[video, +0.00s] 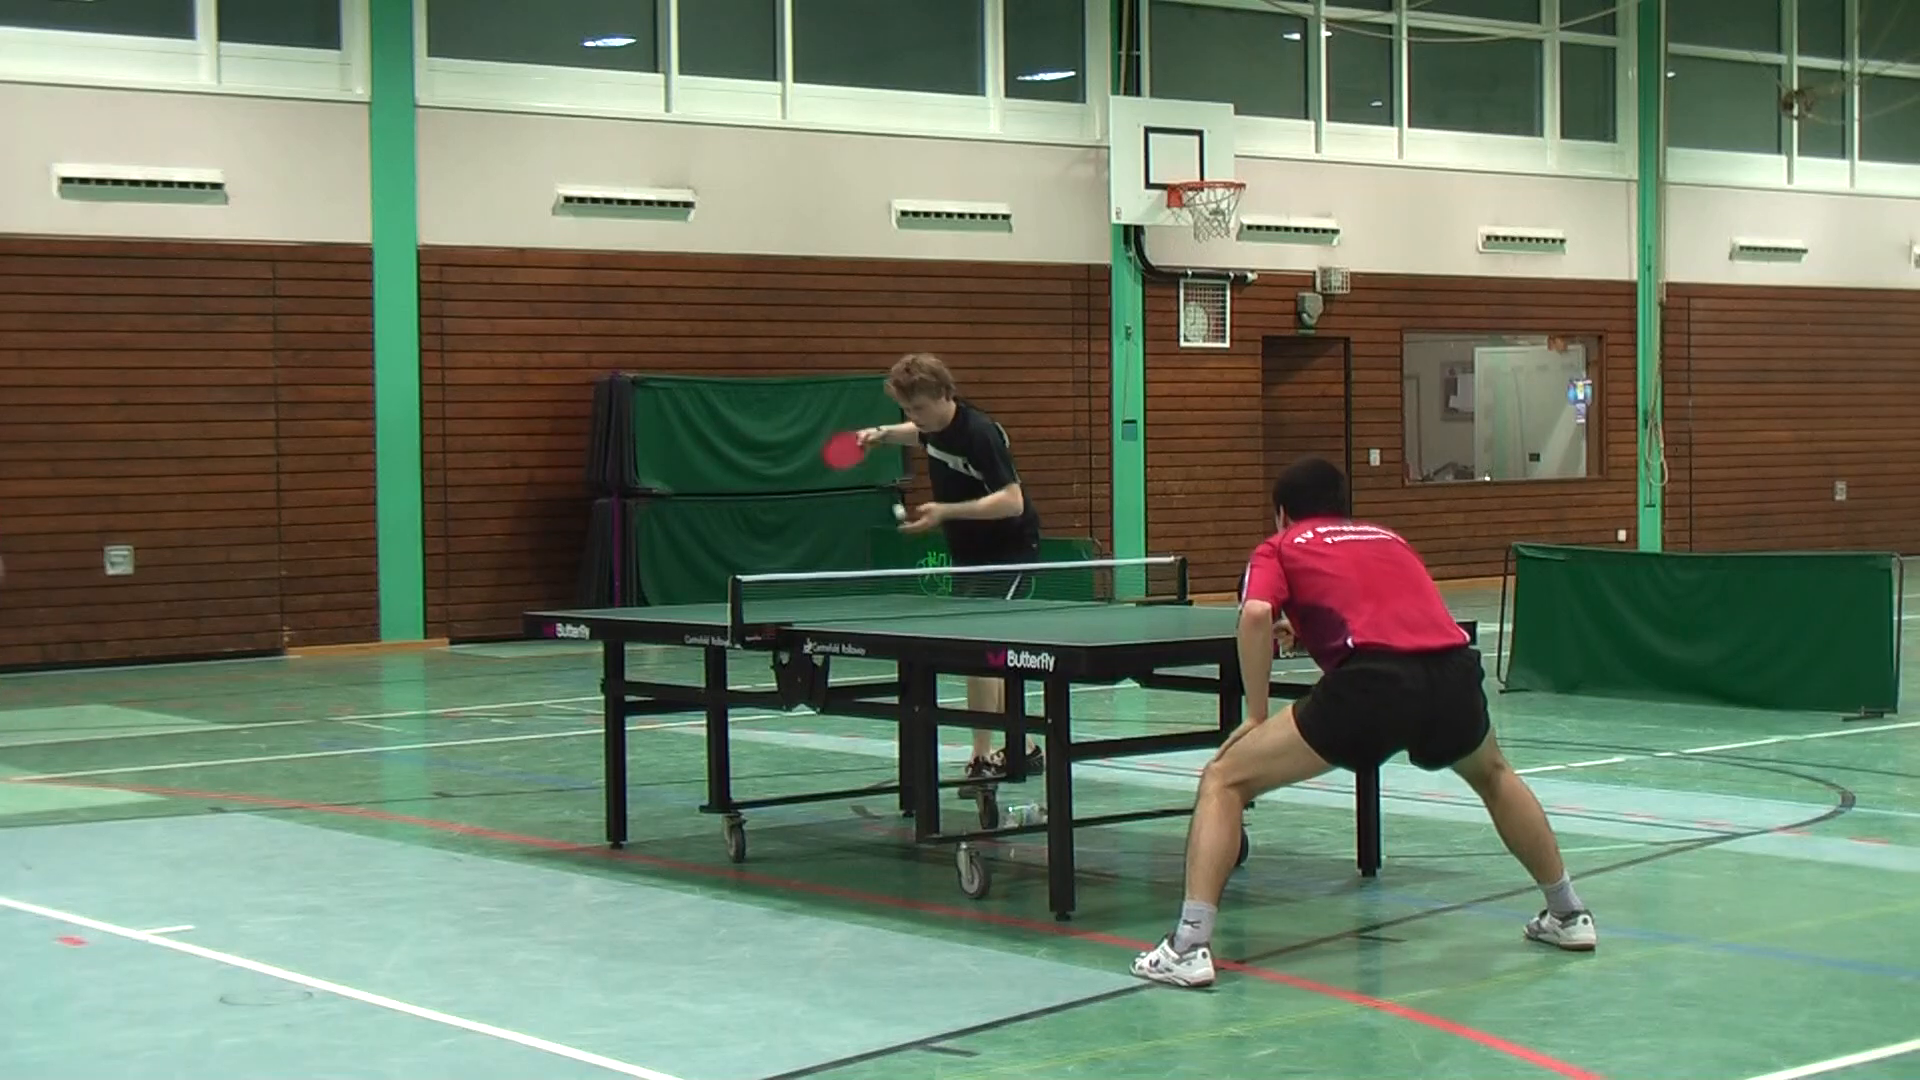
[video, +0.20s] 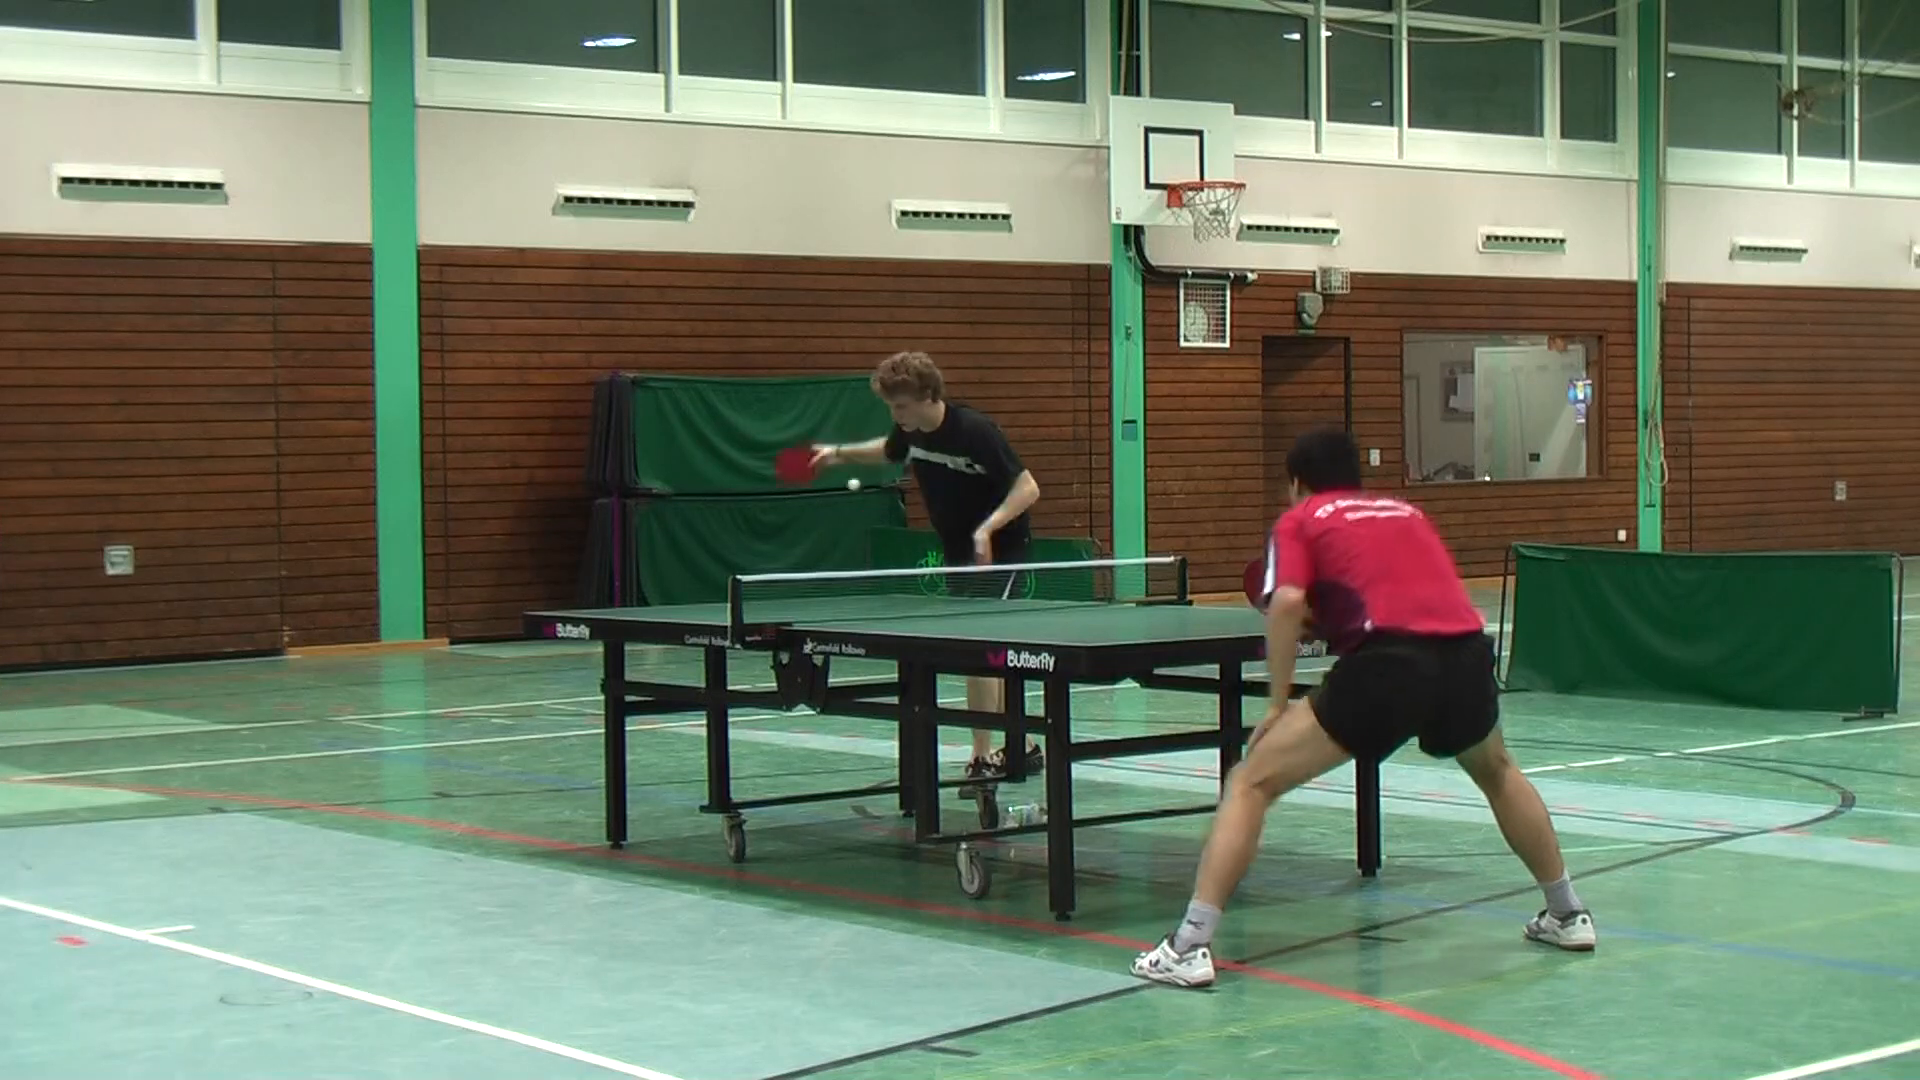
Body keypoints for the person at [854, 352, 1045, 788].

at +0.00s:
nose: (910, 417)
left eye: (914, 409)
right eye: (907, 410)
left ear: (942, 397)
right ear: (920, 406)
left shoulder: (980, 433)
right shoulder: (934, 426)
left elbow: (1013, 502)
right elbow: (916, 432)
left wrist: (945, 511)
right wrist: (881, 434)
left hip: (1006, 558)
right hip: (970, 555)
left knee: (978, 652)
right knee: (991, 652)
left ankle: (982, 755)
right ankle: (1020, 747)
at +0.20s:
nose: (894, 415)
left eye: (900, 406)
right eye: (891, 407)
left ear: (927, 398)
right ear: (897, 404)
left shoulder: (977, 432)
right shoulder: (910, 432)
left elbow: (1027, 487)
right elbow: (887, 452)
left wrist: (988, 526)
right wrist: (838, 453)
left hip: (1002, 558)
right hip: (959, 557)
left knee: (979, 652)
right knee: (983, 652)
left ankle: (982, 756)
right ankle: (1018, 745)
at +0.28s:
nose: (891, 415)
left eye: (896, 406)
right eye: (887, 407)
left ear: (924, 399)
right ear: (893, 404)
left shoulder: (975, 430)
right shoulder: (899, 438)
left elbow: (1029, 483)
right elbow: (876, 480)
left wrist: (998, 523)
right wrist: (825, 484)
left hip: (996, 560)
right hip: (954, 561)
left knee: (979, 655)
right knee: (981, 656)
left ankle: (983, 756)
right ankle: (1016, 747)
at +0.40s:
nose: (893, 410)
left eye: (900, 402)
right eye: (889, 401)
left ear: (926, 395)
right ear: (888, 397)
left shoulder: (970, 425)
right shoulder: (888, 438)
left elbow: (1027, 473)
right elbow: (883, 503)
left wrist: (1005, 490)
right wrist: (872, 527)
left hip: (986, 558)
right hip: (938, 561)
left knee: (976, 653)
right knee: (978, 654)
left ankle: (982, 755)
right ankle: (998, 744)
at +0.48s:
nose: (900, 407)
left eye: (908, 398)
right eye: (893, 397)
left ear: (931, 393)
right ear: (887, 393)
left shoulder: (969, 421)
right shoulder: (881, 431)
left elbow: (1026, 469)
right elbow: (874, 499)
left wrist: (999, 470)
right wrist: (906, 499)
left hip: (977, 557)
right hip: (925, 561)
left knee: (968, 653)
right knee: (937, 652)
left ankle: (982, 752)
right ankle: (996, 720)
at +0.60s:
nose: (905, 403)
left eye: (913, 393)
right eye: (896, 394)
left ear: (929, 388)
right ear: (886, 391)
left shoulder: (961, 421)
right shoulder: (873, 428)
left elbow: (1019, 473)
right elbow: (846, 494)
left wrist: (997, 468)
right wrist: (881, 473)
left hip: (962, 563)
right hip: (904, 565)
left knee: (972, 657)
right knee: (891, 656)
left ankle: (982, 759)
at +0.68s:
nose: (896, 400)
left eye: (904, 389)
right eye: (886, 391)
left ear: (918, 387)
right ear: (874, 390)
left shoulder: (948, 424)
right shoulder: (860, 428)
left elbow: (1001, 468)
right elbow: (827, 491)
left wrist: (1005, 477)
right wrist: (860, 477)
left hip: (949, 561)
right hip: (888, 562)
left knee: (964, 659)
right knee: (848, 640)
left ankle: (981, 760)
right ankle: (880, 716)